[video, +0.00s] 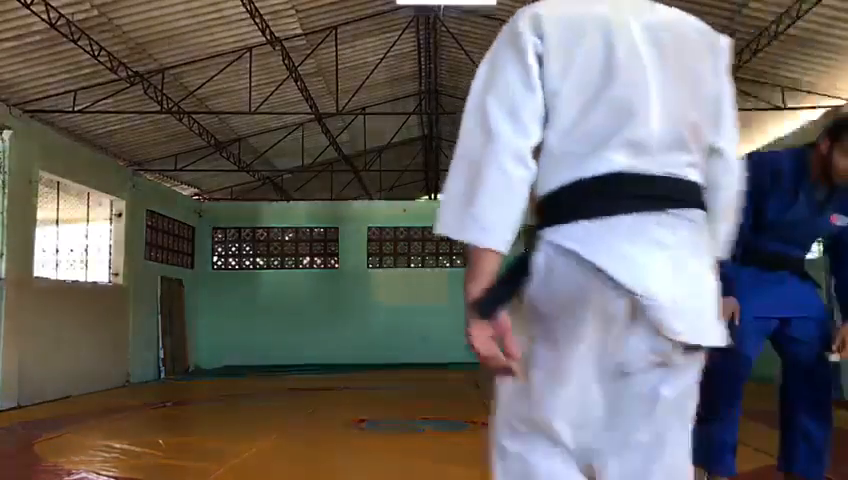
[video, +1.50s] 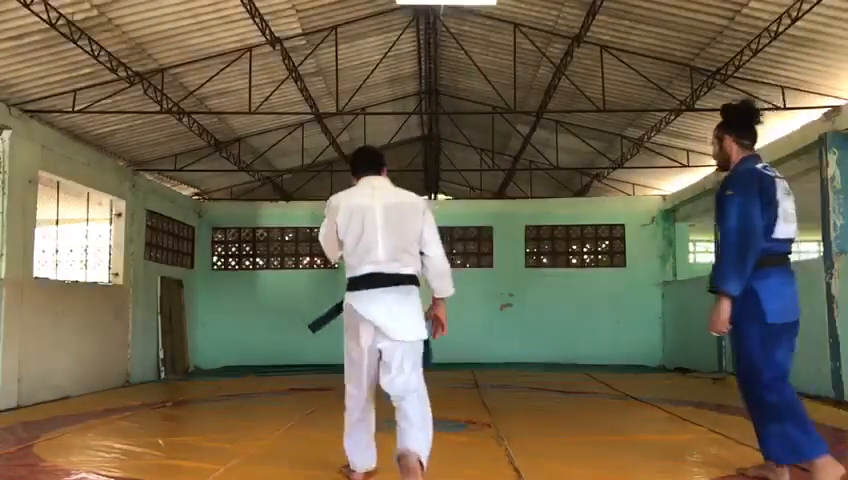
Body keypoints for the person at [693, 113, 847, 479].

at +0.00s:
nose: (847, 167)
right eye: (845, 155)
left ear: (831, 150)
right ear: (825, 144)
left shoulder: (839, 194)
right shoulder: (765, 167)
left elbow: (841, 262)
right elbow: (725, 227)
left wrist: (844, 319)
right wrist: (725, 289)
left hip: (796, 281)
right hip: (744, 275)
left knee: (813, 372)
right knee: (730, 367)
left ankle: (804, 468)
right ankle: (716, 465)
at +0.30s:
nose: (794, 103)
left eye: (805, 94)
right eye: (787, 94)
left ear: (823, 101)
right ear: (777, 98)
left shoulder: (837, 154)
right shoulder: (748, 153)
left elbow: (845, 216)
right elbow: (725, 213)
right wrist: (738, 273)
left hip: (821, 275)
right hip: (766, 275)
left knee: (831, 381)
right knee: (771, 389)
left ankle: (825, 468)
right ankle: (777, 472)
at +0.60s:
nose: (766, 102)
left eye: (777, 94)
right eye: (763, 96)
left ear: (804, 99)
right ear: (760, 103)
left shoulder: (836, 152)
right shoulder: (747, 164)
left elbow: (845, 210)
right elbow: (730, 221)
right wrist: (723, 271)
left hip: (831, 290)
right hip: (771, 293)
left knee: (845, 399)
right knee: (771, 408)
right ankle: (770, 472)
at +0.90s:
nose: (760, 109)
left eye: (767, 101)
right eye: (761, 102)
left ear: (793, 105)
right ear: (788, 106)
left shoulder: (831, 154)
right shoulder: (767, 161)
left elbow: (841, 222)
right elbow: (753, 224)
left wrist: (839, 287)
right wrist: (741, 280)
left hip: (823, 287)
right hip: (776, 285)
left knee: (833, 392)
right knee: (776, 384)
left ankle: (837, 470)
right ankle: (782, 468)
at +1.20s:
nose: (740, 127)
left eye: (745, 119)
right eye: (742, 119)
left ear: (763, 121)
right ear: (769, 122)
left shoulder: (797, 162)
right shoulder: (766, 171)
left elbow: (801, 227)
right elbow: (780, 232)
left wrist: (780, 287)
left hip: (807, 291)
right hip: (774, 291)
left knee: (828, 391)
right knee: (768, 381)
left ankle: (842, 467)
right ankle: (775, 463)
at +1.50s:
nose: (713, 150)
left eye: (714, 142)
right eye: (713, 142)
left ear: (729, 142)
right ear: (747, 141)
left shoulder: (741, 179)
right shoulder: (772, 176)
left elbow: (739, 240)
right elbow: (773, 241)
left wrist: (724, 297)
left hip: (757, 289)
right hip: (781, 284)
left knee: (762, 381)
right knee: (767, 379)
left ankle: (822, 463)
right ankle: (778, 463)